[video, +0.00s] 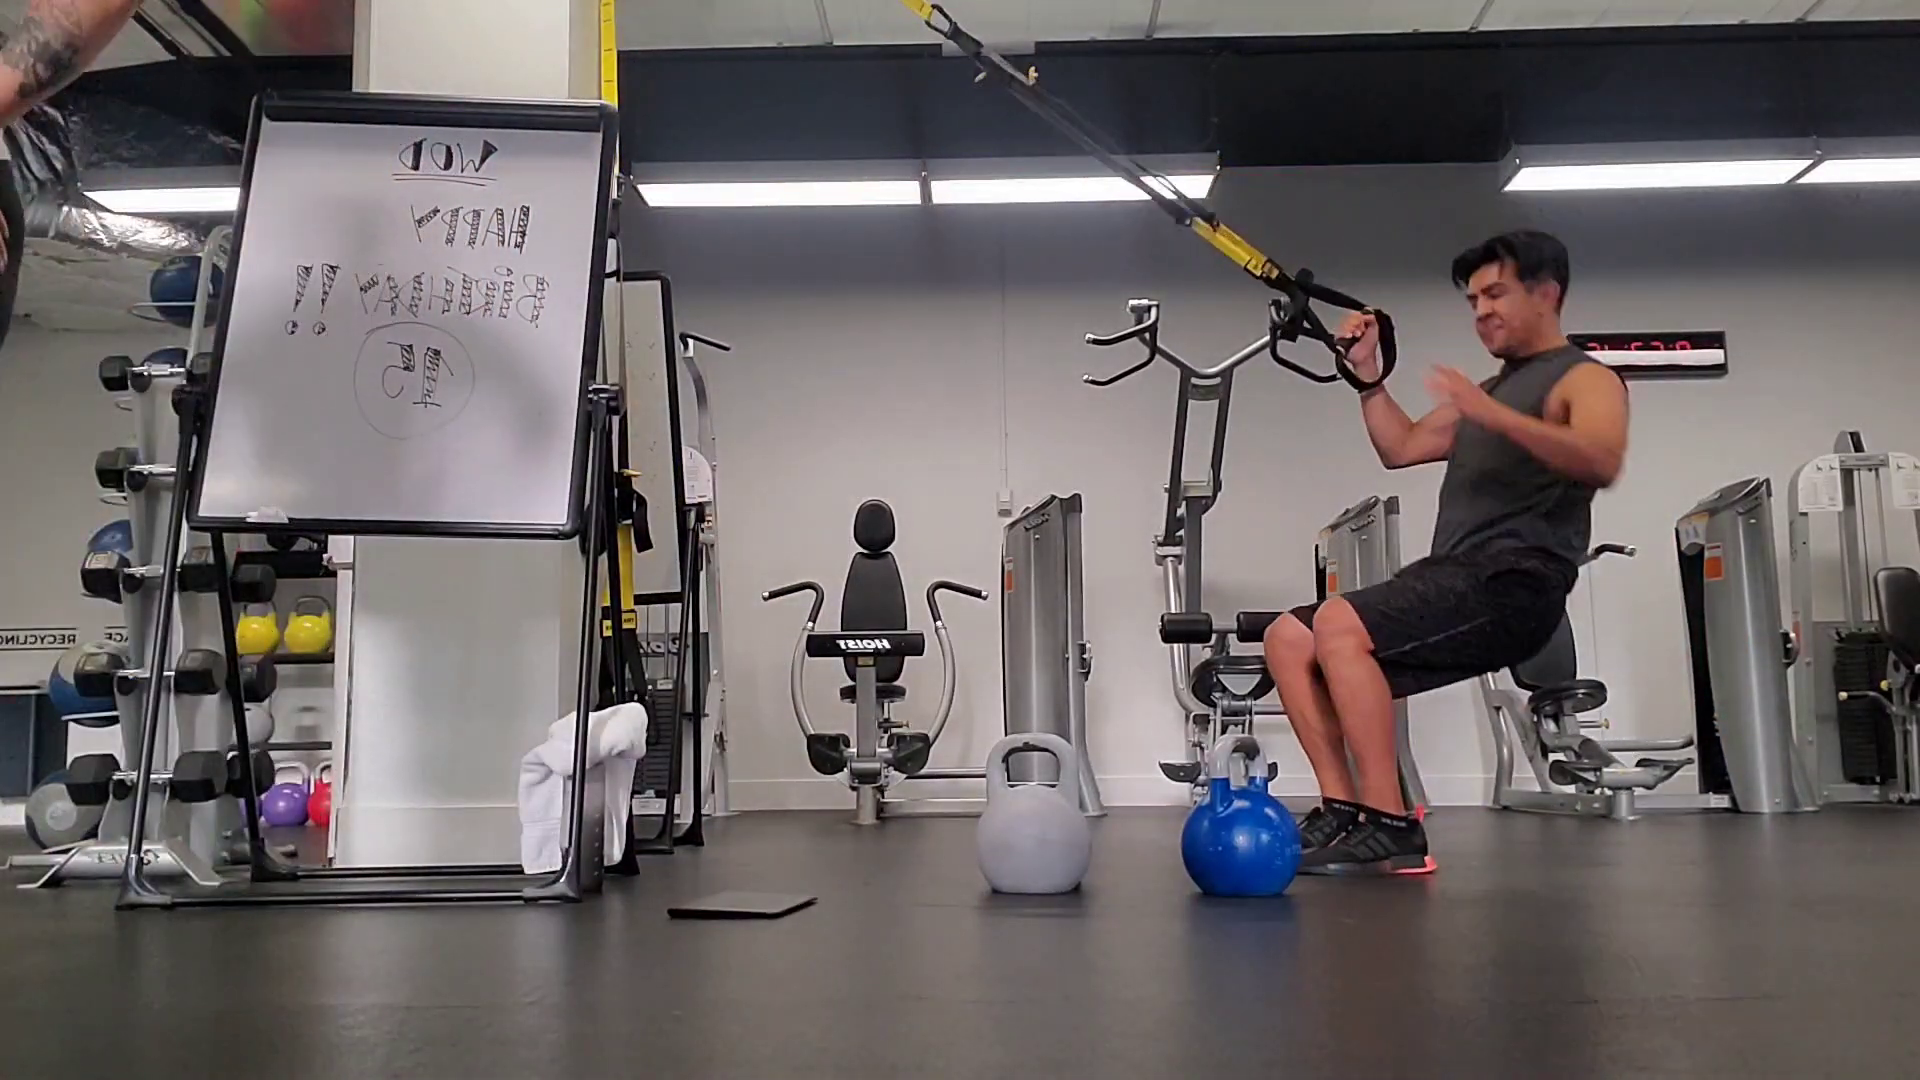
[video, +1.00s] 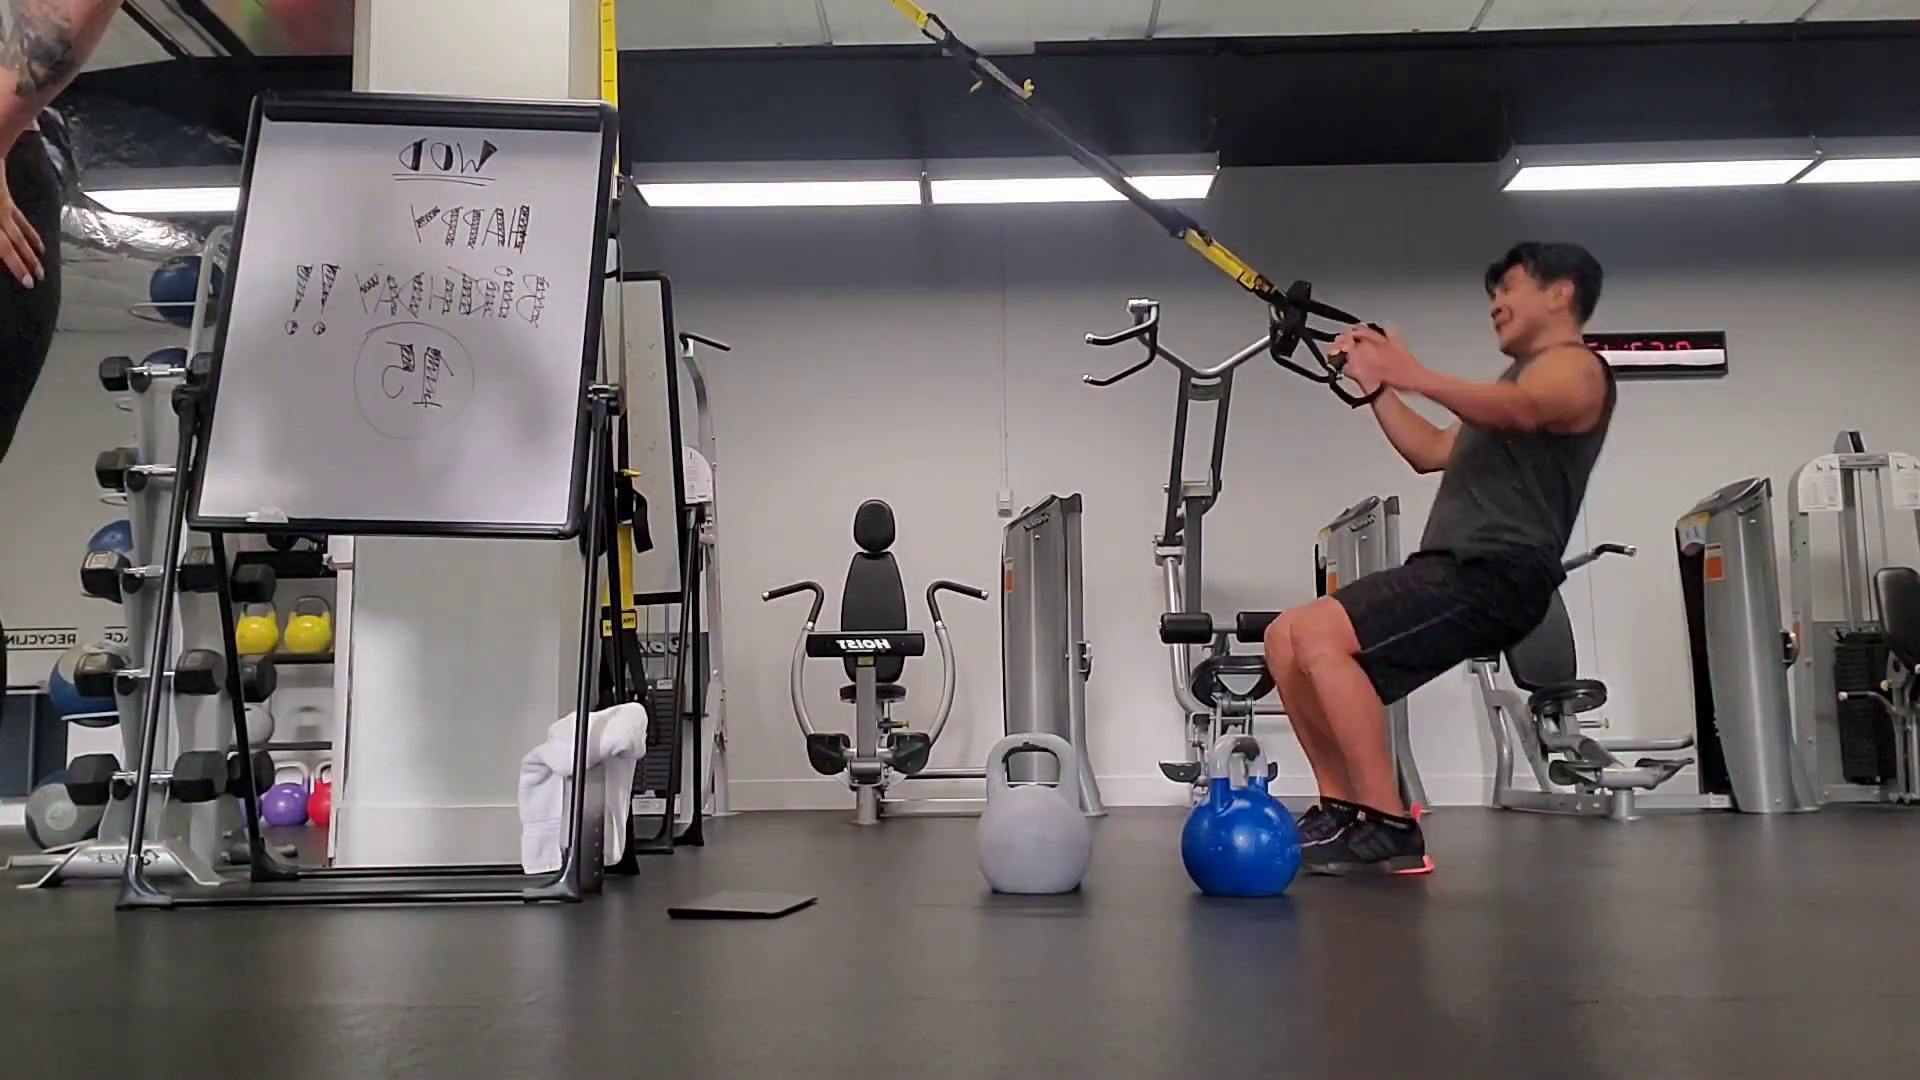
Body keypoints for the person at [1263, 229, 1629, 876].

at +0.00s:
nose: (1480, 310)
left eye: (1495, 293)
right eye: (1474, 300)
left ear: (1548, 293)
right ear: (1474, 312)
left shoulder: (1588, 379)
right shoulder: (1490, 393)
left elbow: (1601, 462)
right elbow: (1400, 448)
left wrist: (1486, 408)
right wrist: (1369, 374)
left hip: (1515, 578)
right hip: (1460, 575)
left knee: (1340, 625)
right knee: (1286, 638)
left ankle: (1389, 821)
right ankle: (1343, 809)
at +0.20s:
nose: (1556, 415)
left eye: (1574, 400)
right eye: (1548, 402)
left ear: (1625, 405)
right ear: (1541, 408)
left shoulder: (1663, 515)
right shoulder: (1525, 477)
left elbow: (1713, 620)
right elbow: (1417, 468)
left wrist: (1734, 674)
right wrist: (1364, 396)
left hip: (1551, 699)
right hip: (1480, 683)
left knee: (1400, 623)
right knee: (1313, 638)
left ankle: (1398, 824)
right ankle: (1343, 813)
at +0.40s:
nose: (1607, 500)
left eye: (1628, 485)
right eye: (1599, 484)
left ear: (1678, 498)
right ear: (1591, 486)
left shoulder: (1706, 612)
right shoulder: (1548, 535)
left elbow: (1766, 730)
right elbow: (1434, 480)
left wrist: (1858, 793)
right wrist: (1358, 411)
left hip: (1569, 782)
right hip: (1483, 757)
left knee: (1477, 633)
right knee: (1359, 637)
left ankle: (1407, 823)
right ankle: (1345, 818)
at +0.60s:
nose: (1606, 521)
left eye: (1626, 506)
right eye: (1601, 506)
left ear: (1679, 519)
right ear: (1593, 510)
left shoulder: (1700, 641)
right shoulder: (1547, 551)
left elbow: (1765, 751)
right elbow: (1438, 490)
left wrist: (1873, 810)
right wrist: (1354, 418)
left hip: (1558, 793)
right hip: (1475, 763)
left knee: (1478, 636)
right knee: (1367, 639)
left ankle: (1405, 823)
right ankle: (1346, 814)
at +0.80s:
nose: (1562, 429)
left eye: (1579, 413)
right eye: (1557, 419)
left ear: (1635, 425)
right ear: (1554, 430)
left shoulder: (1665, 536)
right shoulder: (1536, 498)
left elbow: (1698, 645)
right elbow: (1432, 479)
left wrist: (1713, 677)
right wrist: (1364, 406)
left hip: (1539, 704)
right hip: (1478, 690)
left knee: (1379, 625)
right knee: (1308, 638)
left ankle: (1394, 825)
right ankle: (1340, 812)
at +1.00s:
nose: (1495, 303)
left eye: (1508, 286)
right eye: (1495, 292)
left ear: (1561, 293)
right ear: (1548, 299)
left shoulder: (1573, 365)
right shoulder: (1515, 388)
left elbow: (1522, 410)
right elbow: (1430, 451)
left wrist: (1412, 374)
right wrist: (1374, 385)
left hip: (1497, 575)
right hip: (1454, 568)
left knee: (1319, 636)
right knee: (1284, 640)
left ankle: (1390, 825)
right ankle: (1343, 809)